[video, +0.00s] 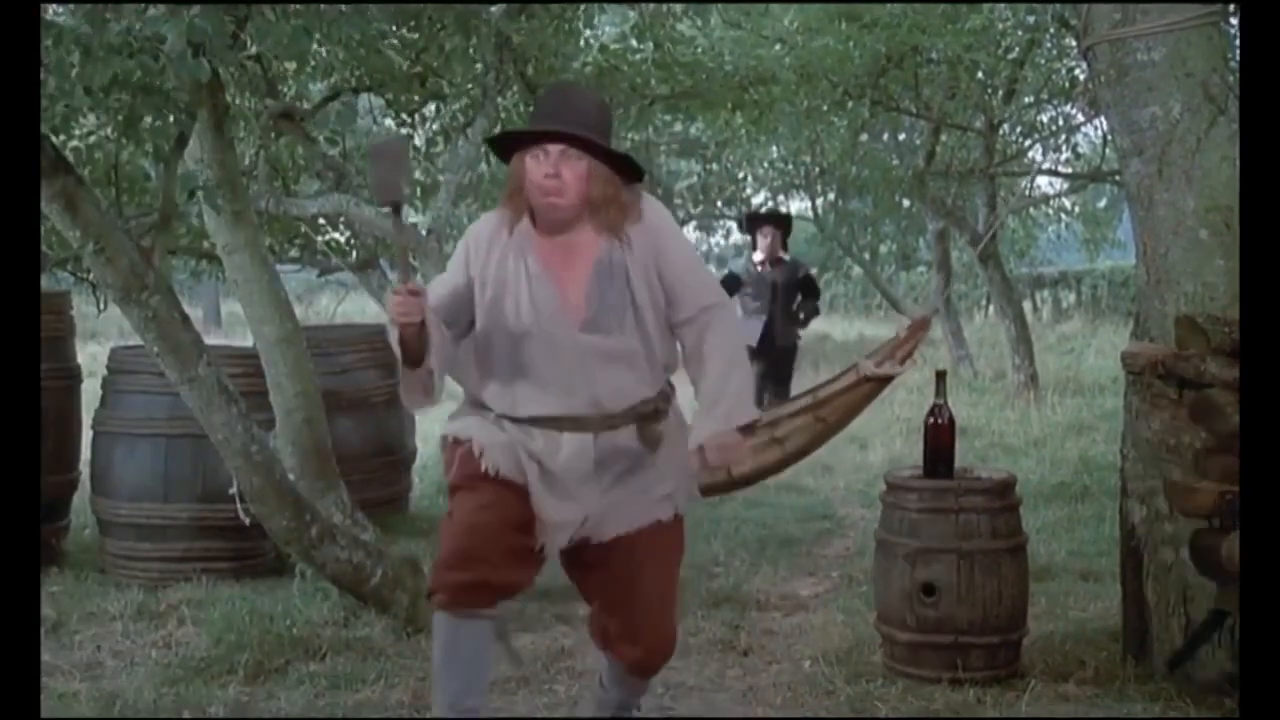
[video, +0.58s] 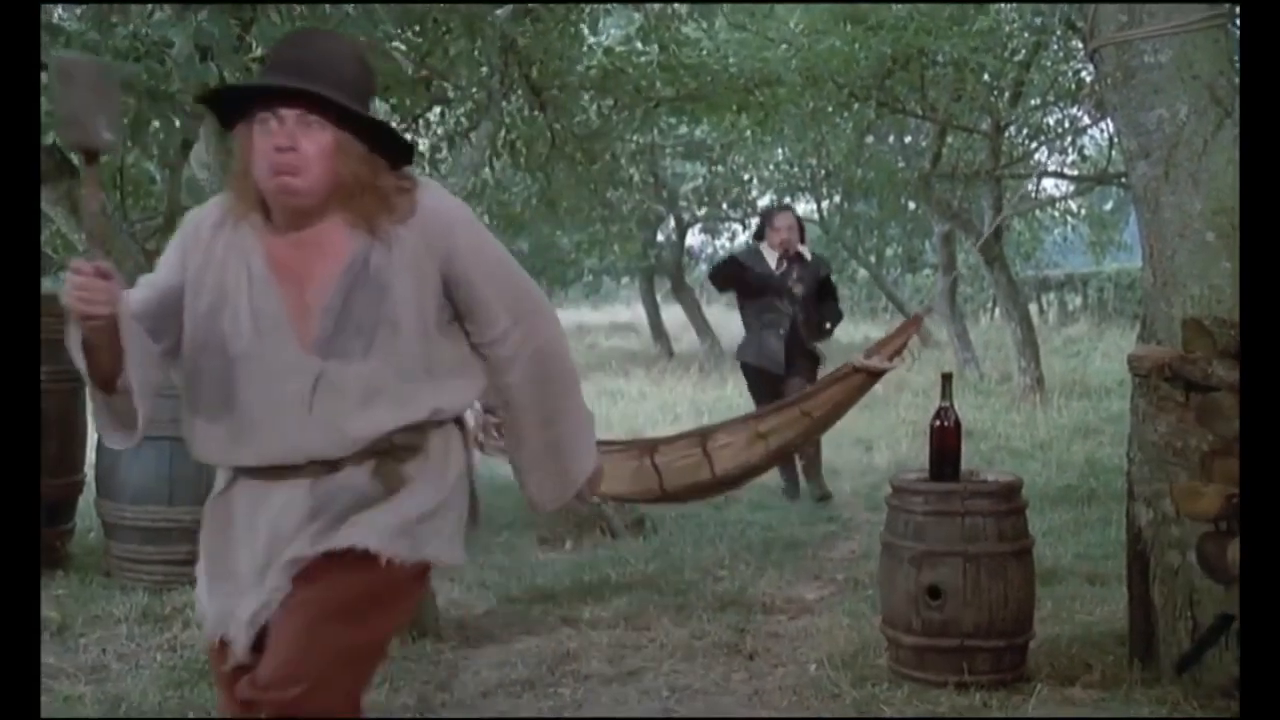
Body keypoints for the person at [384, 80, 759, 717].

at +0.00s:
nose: (551, 169)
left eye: (570, 155)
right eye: (538, 153)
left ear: (600, 170)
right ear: (517, 166)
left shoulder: (644, 228)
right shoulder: (489, 239)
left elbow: (710, 318)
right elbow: (433, 345)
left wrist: (723, 418)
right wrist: (413, 328)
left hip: (630, 455)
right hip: (508, 443)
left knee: (644, 641)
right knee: (465, 569)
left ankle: (617, 705)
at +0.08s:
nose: (528, 172)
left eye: (547, 158)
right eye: (514, 155)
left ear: (579, 172)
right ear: (492, 169)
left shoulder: (626, 231)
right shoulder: (463, 248)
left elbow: (694, 320)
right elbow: (408, 357)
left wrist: (697, 416)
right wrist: (386, 335)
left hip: (612, 466)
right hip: (486, 459)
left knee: (643, 653)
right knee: (427, 600)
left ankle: (613, 702)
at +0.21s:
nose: (458, 176)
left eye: (479, 161)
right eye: (443, 159)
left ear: (514, 177)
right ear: (419, 173)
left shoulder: (563, 244)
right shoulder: (384, 259)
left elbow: (643, 338)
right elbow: (333, 405)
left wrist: (656, 450)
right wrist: (307, 359)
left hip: (555, 492)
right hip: (414, 491)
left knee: (620, 669)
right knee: (348, 631)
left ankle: (618, 702)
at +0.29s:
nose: (406, 166)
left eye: (428, 151)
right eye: (392, 149)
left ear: (466, 171)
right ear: (369, 165)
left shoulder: (517, 246)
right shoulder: (331, 251)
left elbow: (589, 358)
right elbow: (272, 369)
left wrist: (623, 479)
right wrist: (242, 348)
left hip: (504, 499)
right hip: (365, 495)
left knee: (556, 691)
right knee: (318, 651)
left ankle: (598, 702)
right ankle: (358, 705)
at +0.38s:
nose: (378, 157)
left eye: (401, 142)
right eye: (364, 140)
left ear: (439, 162)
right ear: (340, 156)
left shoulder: (495, 241)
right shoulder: (302, 247)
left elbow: (573, 359)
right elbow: (241, 366)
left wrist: (600, 486)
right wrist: (206, 337)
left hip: (474, 499)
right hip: (337, 499)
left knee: (484, 681)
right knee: (302, 672)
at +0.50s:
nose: (327, 144)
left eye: (351, 127)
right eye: (312, 126)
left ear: (392, 147)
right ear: (288, 143)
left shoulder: (458, 226)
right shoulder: (252, 235)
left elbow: (547, 341)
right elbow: (188, 350)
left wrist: (570, 474)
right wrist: (149, 325)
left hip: (430, 471)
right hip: (294, 482)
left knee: (361, 647)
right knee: (268, 684)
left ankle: (380, 703)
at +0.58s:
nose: (282, 141)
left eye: (307, 124)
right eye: (268, 122)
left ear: (354, 145)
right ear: (247, 139)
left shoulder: (425, 222)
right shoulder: (208, 237)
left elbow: (525, 335)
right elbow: (128, 370)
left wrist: (559, 462)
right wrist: (100, 324)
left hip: (390, 497)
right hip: (254, 503)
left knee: (288, 692)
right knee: (248, 695)